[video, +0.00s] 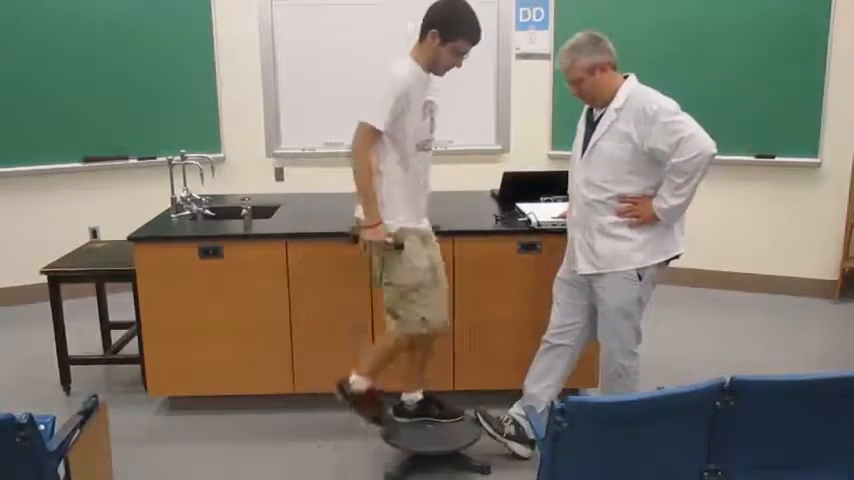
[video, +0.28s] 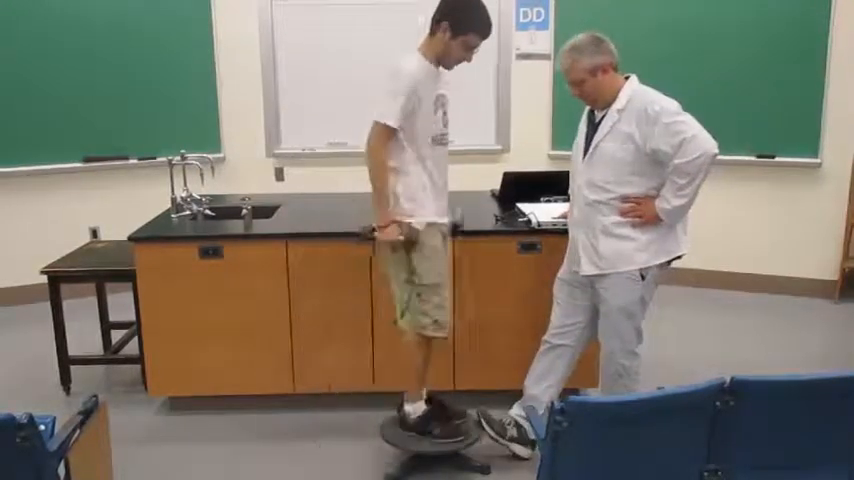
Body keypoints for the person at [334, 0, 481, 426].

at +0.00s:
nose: (461, 62)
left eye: (465, 54)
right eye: (459, 52)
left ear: (437, 42)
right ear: (434, 38)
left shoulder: (420, 82)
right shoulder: (401, 79)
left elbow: (404, 159)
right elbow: (361, 147)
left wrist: (420, 219)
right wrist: (372, 220)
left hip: (417, 225)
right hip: (395, 227)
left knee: (429, 319)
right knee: (415, 320)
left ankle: (412, 399)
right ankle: (358, 383)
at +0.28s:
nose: (469, 58)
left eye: (474, 50)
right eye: (468, 47)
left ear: (445, 33)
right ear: (443, 30)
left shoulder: (432, 75)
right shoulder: (411, 74)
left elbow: (421, 151)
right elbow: (375, 145)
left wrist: (438, 214)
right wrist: (384, 215)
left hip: (431, 216)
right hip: (412, 217)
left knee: (429, 319)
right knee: (424, 320)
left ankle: (421, 401)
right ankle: (413, 408)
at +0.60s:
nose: (477, 57)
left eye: (481, 49)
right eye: (475, 47)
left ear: (458, 35)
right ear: (450, 30)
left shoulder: (442, 77)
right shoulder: (416, 75)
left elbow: (440, 152)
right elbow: (401, 147)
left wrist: (454, 216)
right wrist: (403, 220)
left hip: (448, 219)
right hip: (426, 220)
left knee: (437, 319)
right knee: (427, 320)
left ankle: (421, 399)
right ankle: (413, 407)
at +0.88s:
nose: (478, 56)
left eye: (482, 48)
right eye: (476, 46)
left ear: (458, 34)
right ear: (450, 30)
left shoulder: (442, 77)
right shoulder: (418, 76)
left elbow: (440, 153)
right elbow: (404, 147)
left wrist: (454, 217)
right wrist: (407, 220)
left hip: (449, 220)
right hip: (428, 220)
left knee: (437, 320)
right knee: (428, 321)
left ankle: (421, 400)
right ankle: (413, 407)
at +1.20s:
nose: (476, 57)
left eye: (480, 48)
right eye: (474, 46)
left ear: (453, 33)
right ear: (448, 31)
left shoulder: (435, 77)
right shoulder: (420, 81)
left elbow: (428, 154)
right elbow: (408, 153)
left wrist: (443, 218)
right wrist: (413, 222)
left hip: (442, 221)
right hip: (428, 223)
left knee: (436, 320)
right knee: (428, 322)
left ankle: (424, 398)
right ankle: (414, 409)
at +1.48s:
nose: (474, 54)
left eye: (478, 46)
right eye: (473, 44)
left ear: (450, 33)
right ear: (447, 31)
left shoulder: (432, 80)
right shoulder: (419, 84)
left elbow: (425, 158)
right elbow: (410, 158)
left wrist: (443, 221)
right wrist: (419, 229)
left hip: (441, 222)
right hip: (427, 225)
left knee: (432, 321)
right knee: (422, 323)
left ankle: (424, 398)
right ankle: (412, 413)